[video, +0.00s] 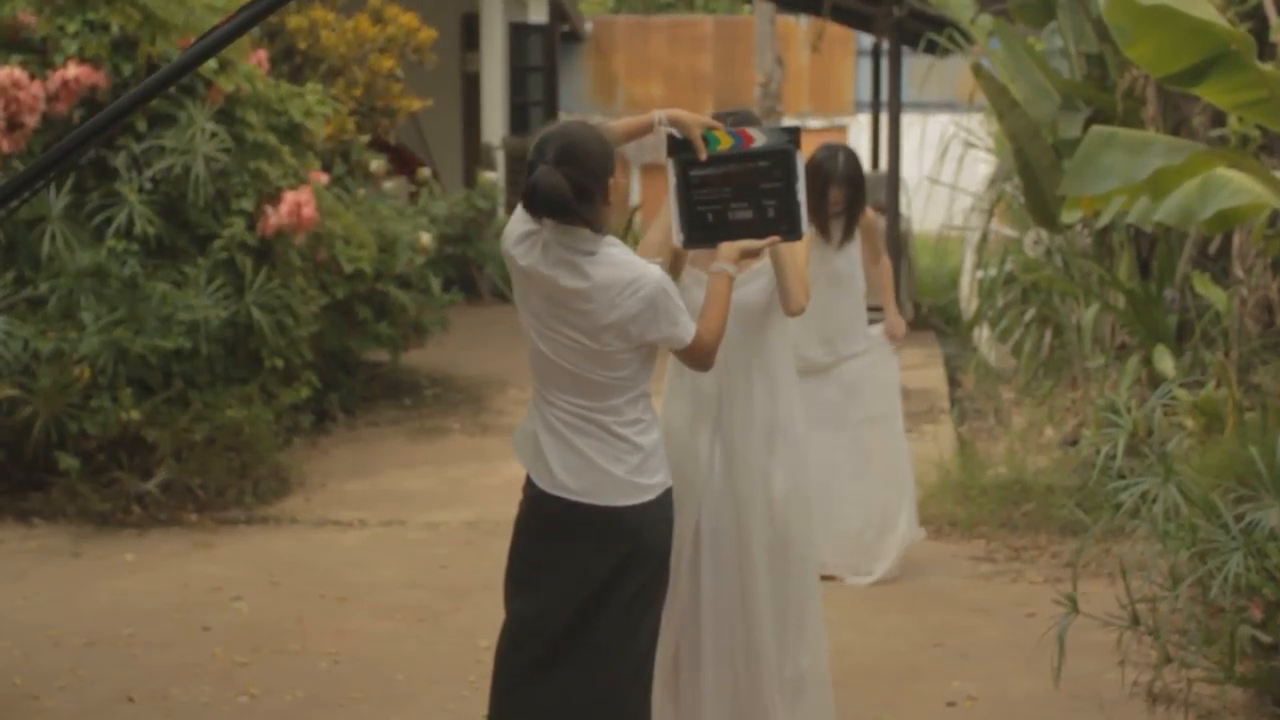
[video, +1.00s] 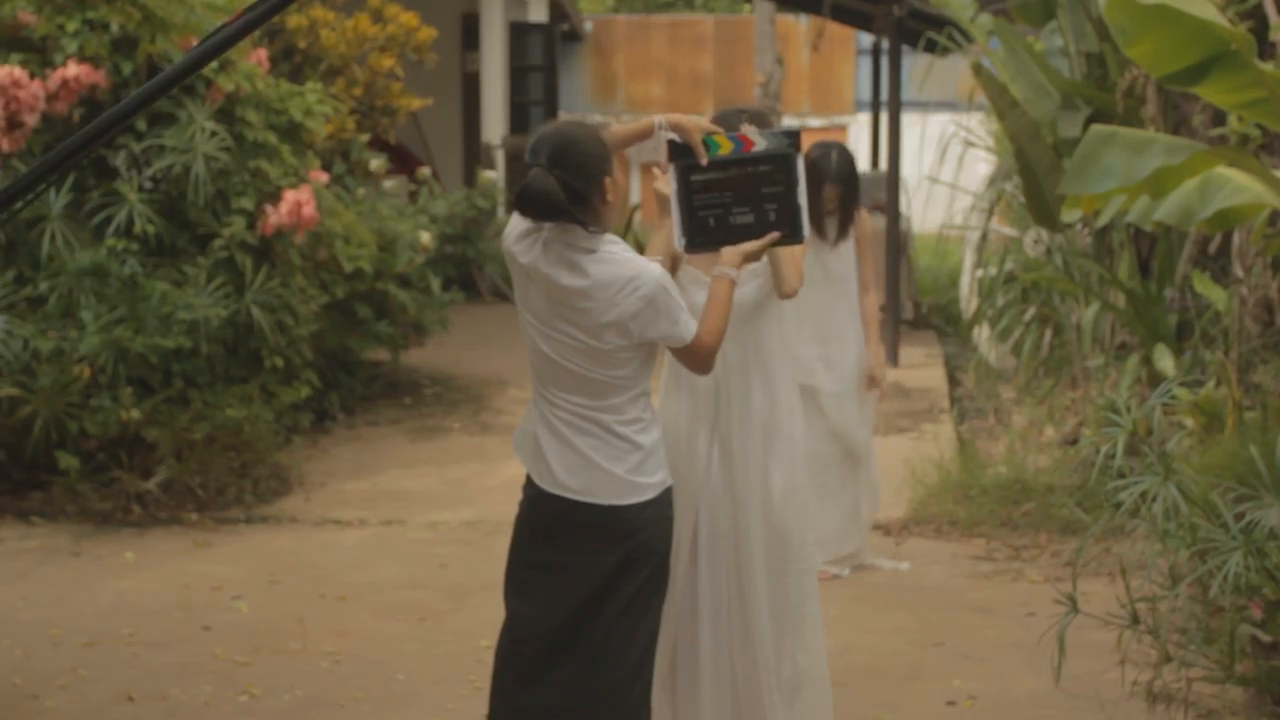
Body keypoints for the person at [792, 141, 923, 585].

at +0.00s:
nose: (834, 200)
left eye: (842, 191)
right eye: (825, 192)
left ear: (855, 190)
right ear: (810, 191)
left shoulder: (867, 224)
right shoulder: (796, 226)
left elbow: (878, 262)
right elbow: (776, 276)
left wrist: (890, 310)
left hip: (852, 353)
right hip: (800, 357)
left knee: (854, 453)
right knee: (804, 455)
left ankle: (853, 551)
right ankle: (809, 554)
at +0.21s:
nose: (835, 204)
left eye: (843, 195)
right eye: (826, 195)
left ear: (856, 194)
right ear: (810, 193)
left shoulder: (866, 226)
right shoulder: (796, 229)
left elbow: (887, 259)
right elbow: (772, 277)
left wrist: (896, 307)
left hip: (850, 353)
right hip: (798, 358)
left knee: (847, 452)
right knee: (803, 454)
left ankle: (844, 551)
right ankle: (806, 555)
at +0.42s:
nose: (835, 207)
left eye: (843, 199)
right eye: (826, 199)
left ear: (854, 195)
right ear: (809, 195)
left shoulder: (864, 227)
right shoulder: (793, 228)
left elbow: (889, 269)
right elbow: (768, 282)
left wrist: (903, 322)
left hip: (844, 360)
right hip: (792, 365)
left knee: (842, 456)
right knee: (796, 460)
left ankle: (840, 550)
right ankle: (802, 554)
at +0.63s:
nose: (832, 206)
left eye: (840, 197)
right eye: (824, 197)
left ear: (853, 194)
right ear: (809, 192)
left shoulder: (865, 227)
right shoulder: (793, 225)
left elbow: (877, 286)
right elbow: (773, 287)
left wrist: (890, 349)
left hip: (845, 355)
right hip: (795, 356)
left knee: (839, 455)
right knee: (794, 455)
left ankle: (836, 552)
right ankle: (797, 553)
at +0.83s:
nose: (830, 208)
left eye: (838, 200)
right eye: (823, 199)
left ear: (851, 193)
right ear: (807, 190)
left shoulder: (862, 226)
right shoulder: (792, 224)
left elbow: (870, 290)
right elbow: (775, 288)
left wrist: (874, 349)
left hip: (840, 352)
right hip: (792, 353)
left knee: (838, 449)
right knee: (797, 449)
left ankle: (838, 547)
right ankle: (800, 549)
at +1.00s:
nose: (828, 201)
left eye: (836, 192)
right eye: (821, 192)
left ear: (849, 189)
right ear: (806, 188)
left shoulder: (860, 225)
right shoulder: (792, 223)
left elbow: (869, 291)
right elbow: (778, 290)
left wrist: (874, 351)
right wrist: (774, 357)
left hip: (843, 353)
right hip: (796, 355)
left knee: (844, 450)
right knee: (803, 451)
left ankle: (845, 547)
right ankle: (809, 550)